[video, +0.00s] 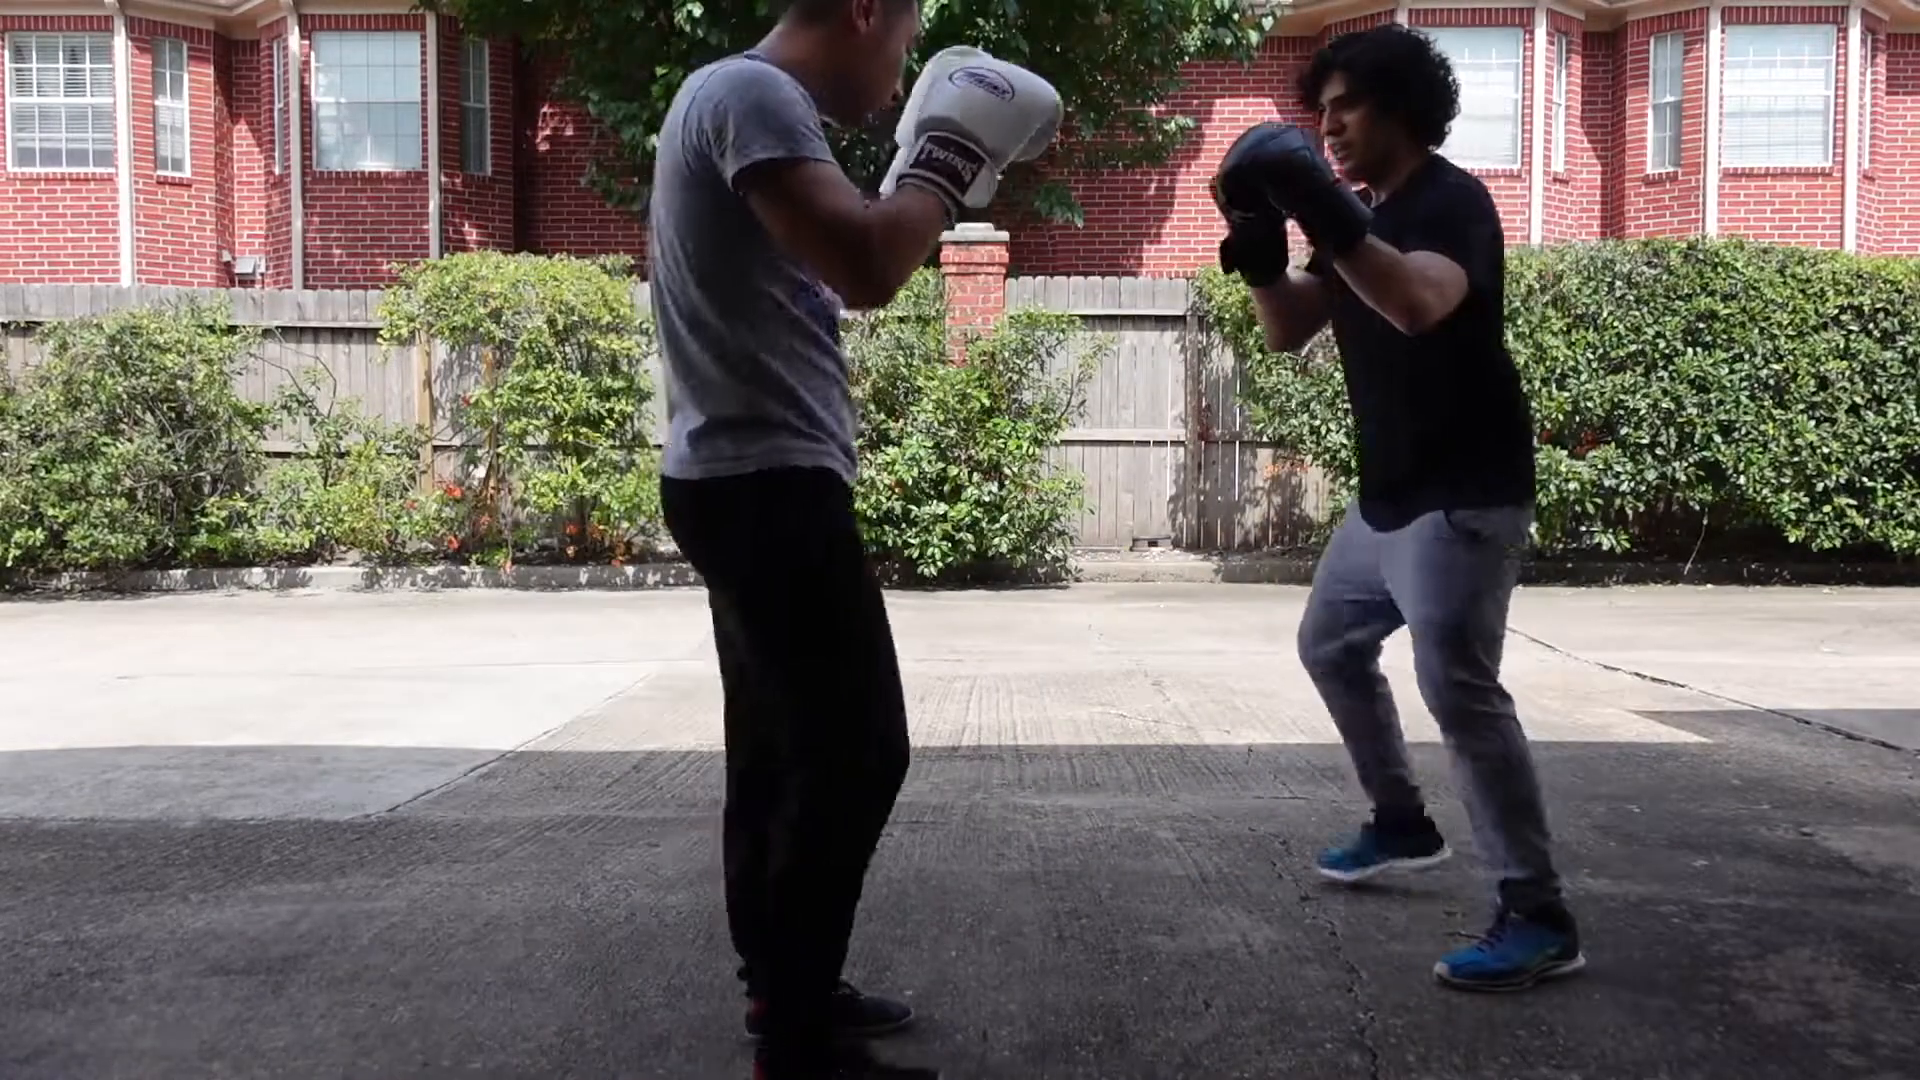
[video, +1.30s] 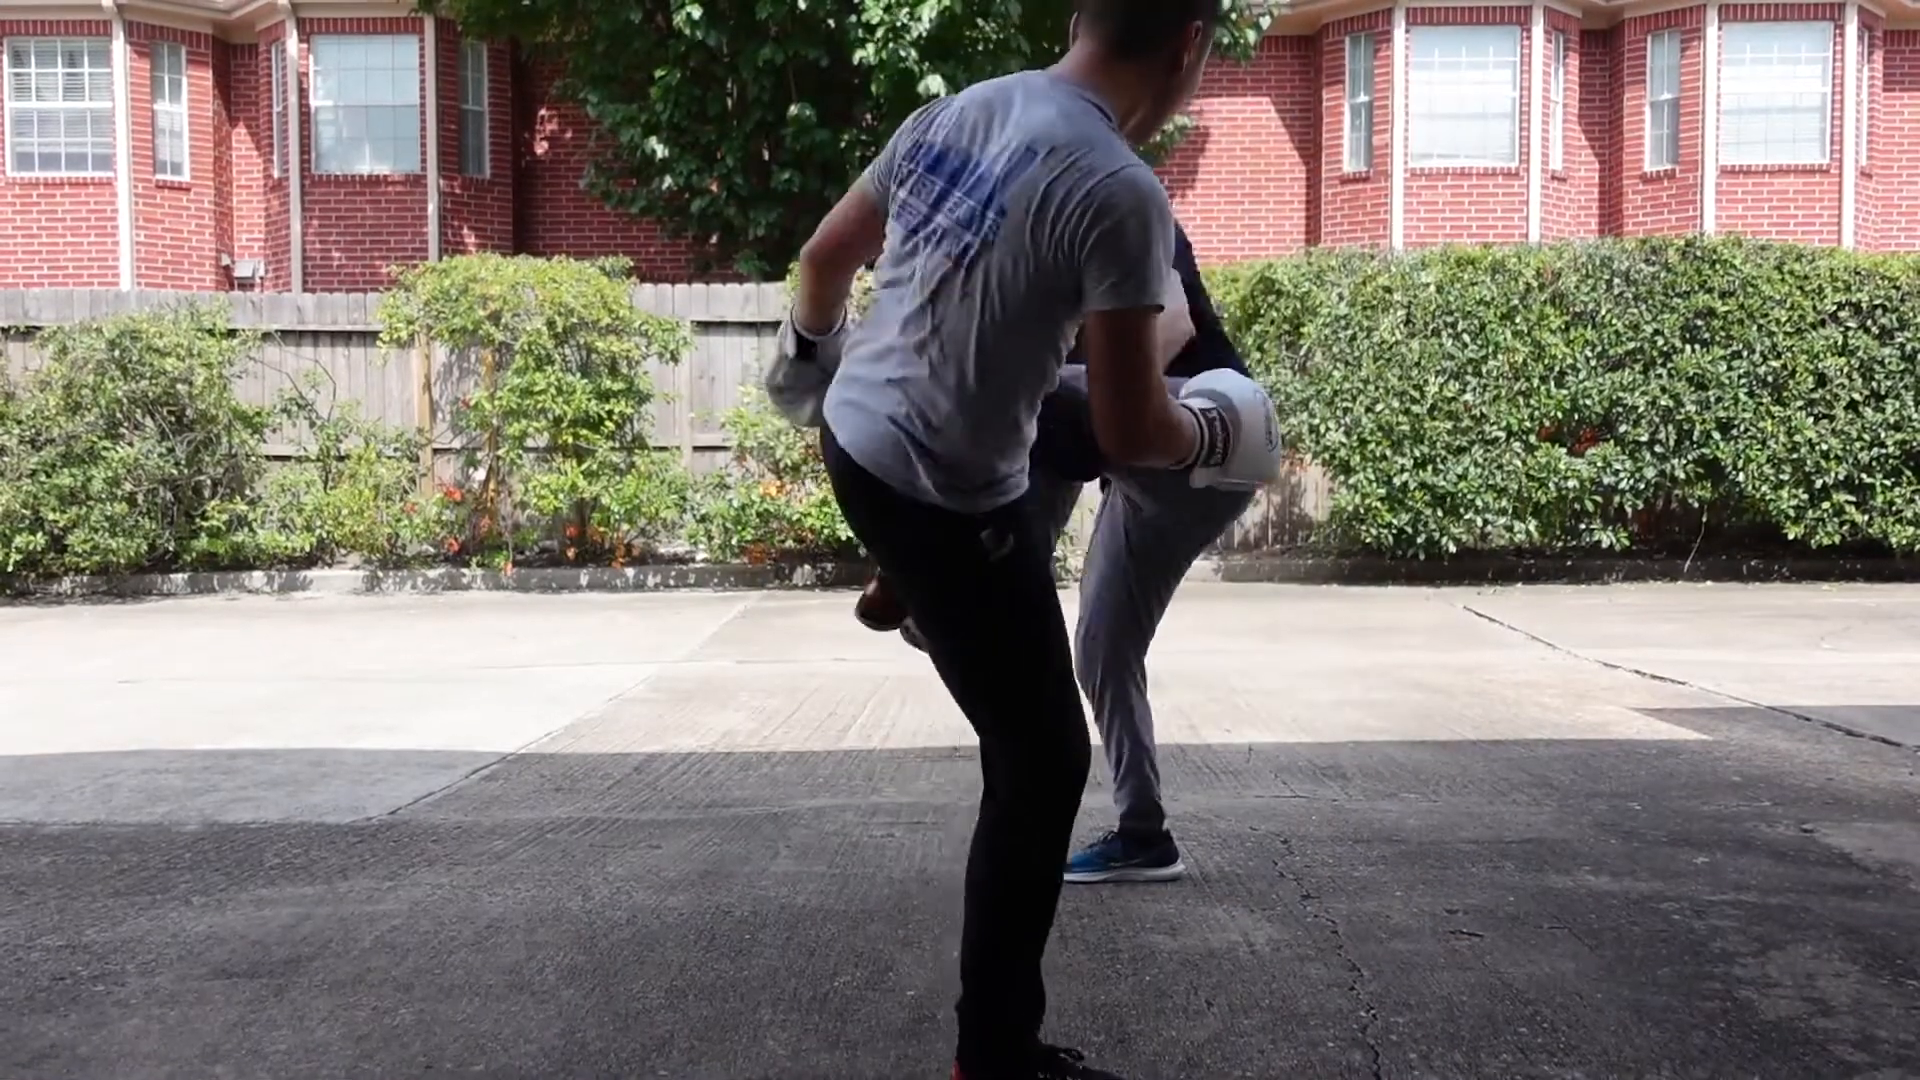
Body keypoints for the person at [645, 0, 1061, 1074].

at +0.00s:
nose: (899, 73)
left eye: (907, 49)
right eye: (905, 41)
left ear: (819, 14)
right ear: (865, 14)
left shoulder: (730, 102)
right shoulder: (750, 94)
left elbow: (855, 265)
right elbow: (869, 265)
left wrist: (934, 174)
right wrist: (947, 159)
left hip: (742, 475)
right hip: (769, 480)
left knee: (773, 741)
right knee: (862, 746)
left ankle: (787, 986)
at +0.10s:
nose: (938, 60)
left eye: (944, 40)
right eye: (939, 33)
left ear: (842, 15)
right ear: (898, 14)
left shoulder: (760, 99)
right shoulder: (801, 100)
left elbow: (876, 271)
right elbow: (947, 263)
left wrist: (938, 157)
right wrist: (986, 136)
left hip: (773, 480)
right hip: (813, 485)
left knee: (855, 739)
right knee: (892, 761)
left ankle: (805, 961)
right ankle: (840, 1046)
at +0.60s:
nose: (1037, 48)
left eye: (1035, 36)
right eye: (1039, 31)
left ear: (923, 10)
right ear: (1018, 16)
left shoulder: (825, 110)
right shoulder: (985, 88)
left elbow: (907, 275)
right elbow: (1115, 263)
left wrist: (1050, 226)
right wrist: (1130, 153)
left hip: (838, 479)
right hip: (940, 489)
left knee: (889, 753)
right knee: (937, 776)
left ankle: (899, 983)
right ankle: (840, 1047)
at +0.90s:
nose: (1096, 56)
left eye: (1099, 38)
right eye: (1100, 35)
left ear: (977, 10)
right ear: (1083, 19)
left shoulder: (870, 102)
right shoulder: (1039, 121)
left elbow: (823, 285)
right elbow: (1159, 317)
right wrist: (1176, 223)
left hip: (883, 480)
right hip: (980, 492)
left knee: (1003, 676)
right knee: (1049, 757)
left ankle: (959, 854)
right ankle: (1006, 1043)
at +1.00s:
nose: (1141, 49)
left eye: (1141, 31)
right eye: (1143, 29)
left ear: (1020, 5)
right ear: (1124, 18)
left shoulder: (908, 86)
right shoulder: (1082, 131)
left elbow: (851, 266)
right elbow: (1186, 319)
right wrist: (1195, 223)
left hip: (868, 458)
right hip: (953, 480)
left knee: (1101, 428)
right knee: (1020, 751)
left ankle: (1062, 624)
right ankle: (998, 1048)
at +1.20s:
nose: (1206, 76)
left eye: (1212, 51)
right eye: (1213, 50)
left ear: (1093, 16)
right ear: (1190, 45)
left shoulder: (987, 103)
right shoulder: (1106, 179)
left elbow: (873, 260)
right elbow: (1123, 409)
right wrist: (1200, 385)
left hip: (864, 425)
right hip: (937, 487)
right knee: (997, 751)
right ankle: (993, 1046)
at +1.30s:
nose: (1197, 90)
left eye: (1203, 63)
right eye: (1204, 62)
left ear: (1077, 26)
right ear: (1184, 52)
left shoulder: (959, 108)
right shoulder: (1119, 190)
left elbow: (826, 254)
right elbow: (1131, 428)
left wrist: (810, 350)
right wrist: (1201, 432)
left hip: (859, 432)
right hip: (948, 485)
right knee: (1041, 757)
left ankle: (910, 577)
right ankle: (996, 1048)